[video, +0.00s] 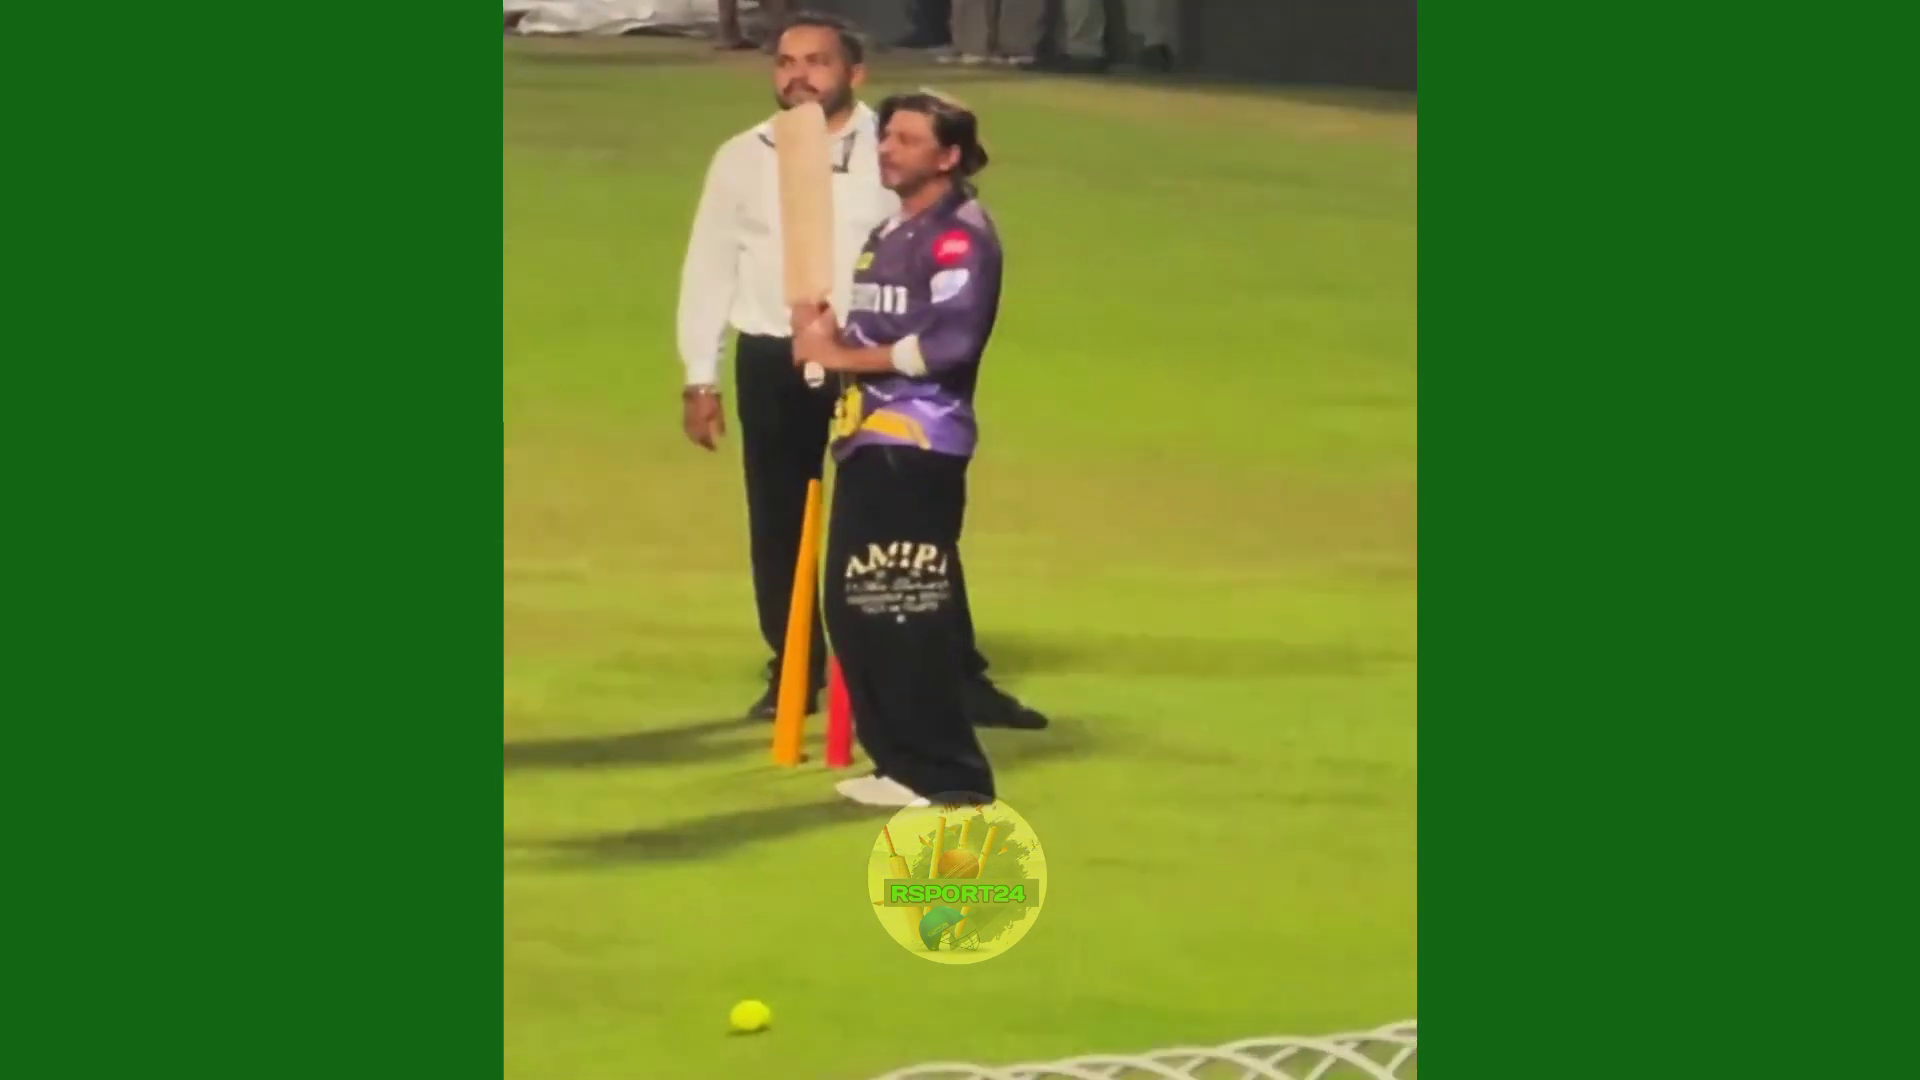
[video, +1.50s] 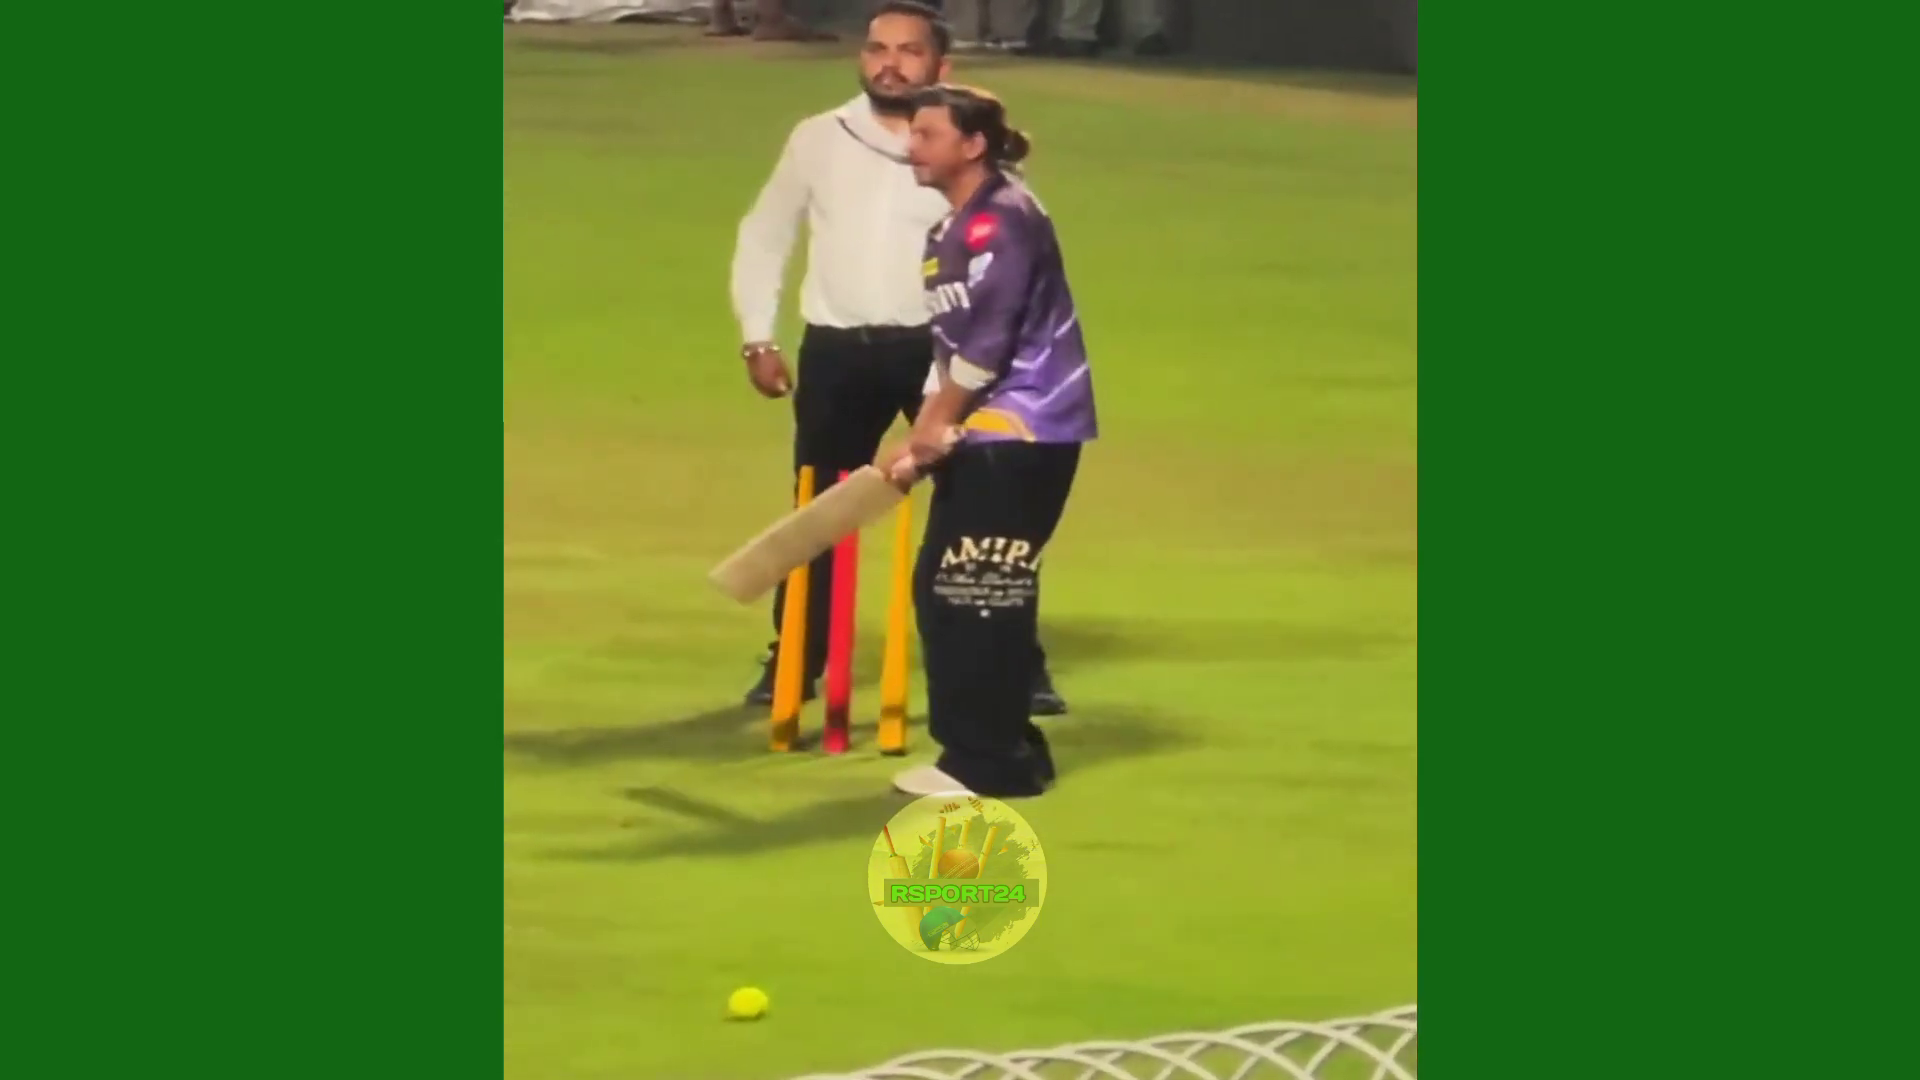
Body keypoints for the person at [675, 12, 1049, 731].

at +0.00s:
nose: (797, 75)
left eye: (814, 62)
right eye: (786, 62)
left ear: (854, 72)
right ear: (774, 71)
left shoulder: (891, 153)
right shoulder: (745, 156)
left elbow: (929, 274)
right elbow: (708, 268)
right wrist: (699, 377)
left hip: (870, 368)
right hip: (775, 363)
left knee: (915, 529)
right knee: (778, 526)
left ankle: (959, 674)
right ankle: (792, 673)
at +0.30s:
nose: (777, 60)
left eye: (794, 48)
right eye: (766, 48)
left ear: (832, 58)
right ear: (753, 56)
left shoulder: (874, 135)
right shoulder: (727, 139)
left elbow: (929, 243)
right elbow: (690, 251)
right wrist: (677, 363)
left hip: (862, 349)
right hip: (763, 348)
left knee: (905, 511)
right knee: (764, 511)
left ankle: (941, 661)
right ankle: (774, 657)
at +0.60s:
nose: (796, 62)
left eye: (813, 49)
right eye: (785, 49)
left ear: (850, 60)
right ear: (772, 58)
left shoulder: (889, 139)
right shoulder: (743, 150)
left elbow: (953, 242)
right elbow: (711, 263)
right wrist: (693, 371)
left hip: (882, 352)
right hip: (783, 350)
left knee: (948, 514)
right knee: (775, 517)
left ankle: (997, 664)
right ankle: (779, 660)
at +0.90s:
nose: (862, 59)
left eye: (879, 46)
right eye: (851, 45)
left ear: (915, 56)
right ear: (836, 55)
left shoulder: (959, 143)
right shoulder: (805, 142)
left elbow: (1001, 254)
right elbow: (770, 259)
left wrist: (973, 343)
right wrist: (749, 362)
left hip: (933, 364)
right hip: (831, 364)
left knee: (976, 524)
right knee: (814, 515)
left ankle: (1018, 665)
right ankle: (789, 660)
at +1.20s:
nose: (908, 63)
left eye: (926, 51)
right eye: (896, 49)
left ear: (959, 64)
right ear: (881, 57)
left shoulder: (1001, 143)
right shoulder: (842, 141)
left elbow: (1034, 253)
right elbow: (804, 249)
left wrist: (1003, 357)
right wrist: (799, 354)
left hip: (967, 350)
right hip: (865, 352)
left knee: (999, 523)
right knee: (842, 520)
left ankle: (1037, 667)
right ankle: (811, 662)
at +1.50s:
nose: (888, 63)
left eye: (906, 51)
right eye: (877, 49)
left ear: (938, 64)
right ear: (861, 56)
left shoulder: (960, 143)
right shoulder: (818, 139)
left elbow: (1000, 260)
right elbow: (764, 235)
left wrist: (975, 372)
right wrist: (758, 336)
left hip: (936, 352)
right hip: (837, 352)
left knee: (981, 519)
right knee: (819, 521)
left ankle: (1021, 669)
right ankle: (794, 666)